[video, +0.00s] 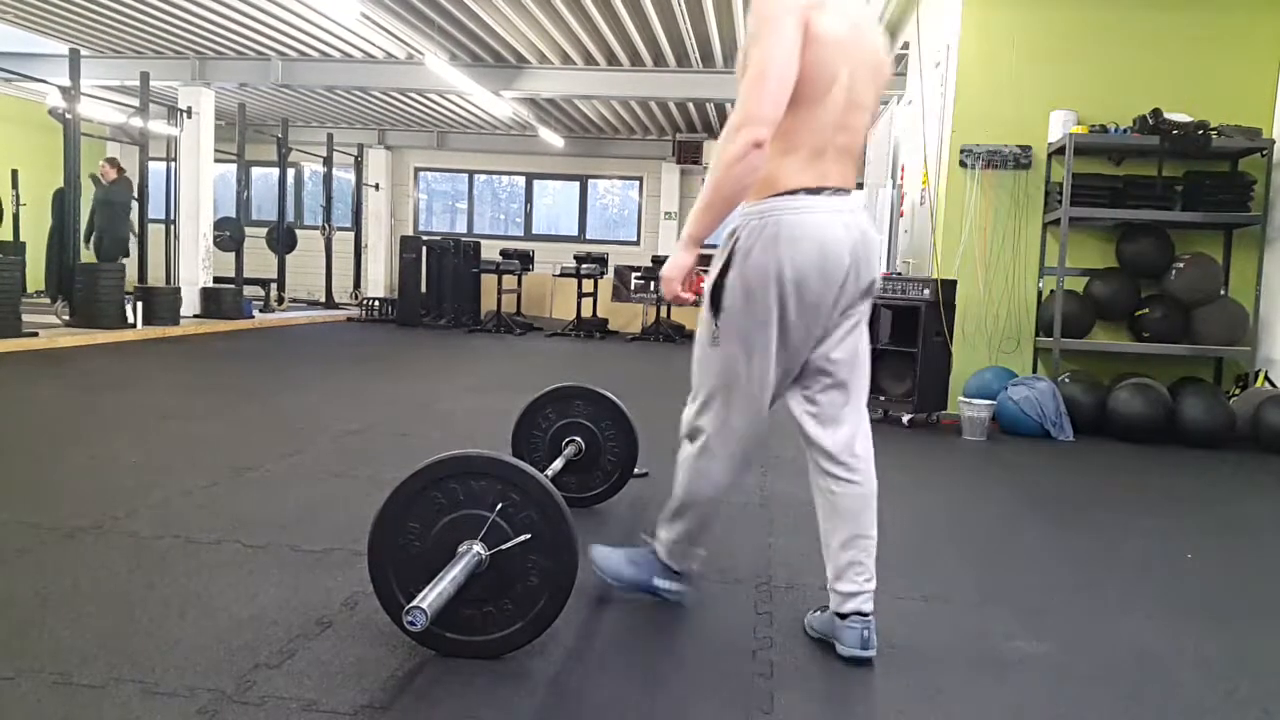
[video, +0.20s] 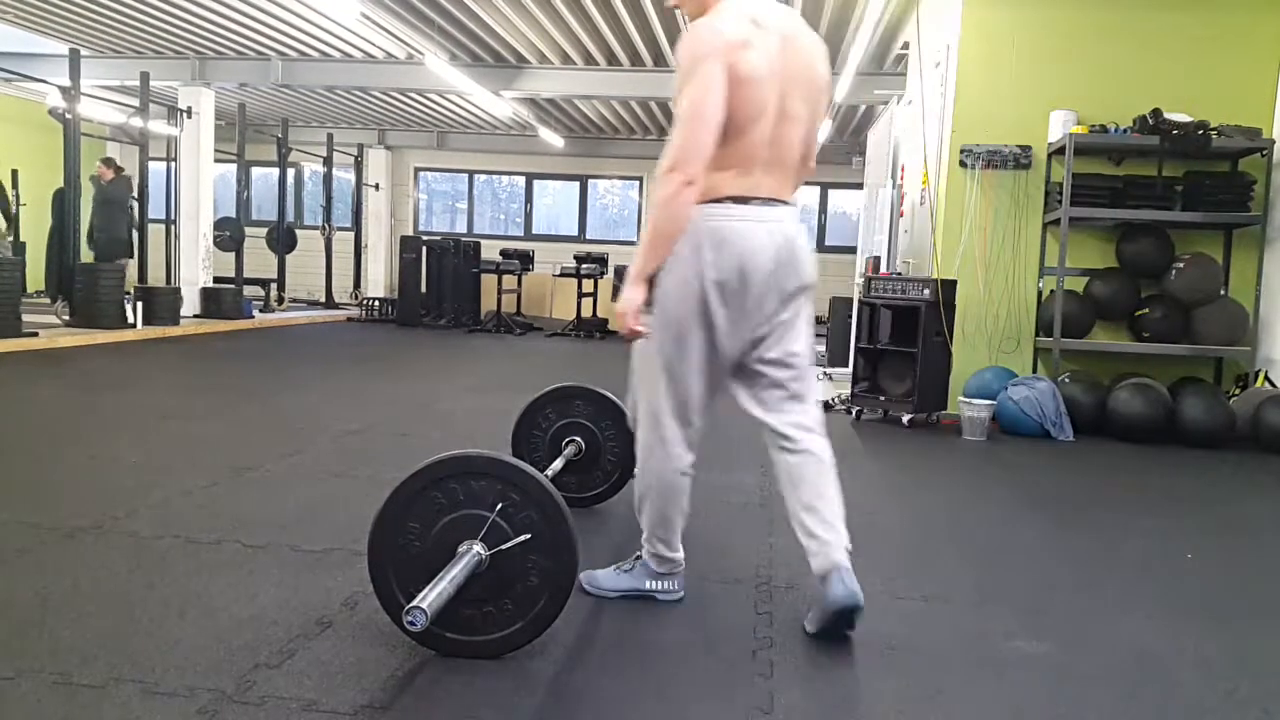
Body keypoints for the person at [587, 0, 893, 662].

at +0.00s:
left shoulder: (782, 9)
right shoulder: (872, 38)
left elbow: (752, 135)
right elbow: (839, 145)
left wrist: (690, 243)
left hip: (780, 226)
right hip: (851, 221)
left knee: (720, 412)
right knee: (840, 431)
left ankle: (669, 560)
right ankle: (854, 614)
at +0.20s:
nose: (669, 7)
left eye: (671, 3)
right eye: (668, 5)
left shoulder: (708, 35)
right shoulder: (811, 46)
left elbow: (684, 174)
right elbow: (805, 158)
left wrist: (637, 277)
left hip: (709, 232)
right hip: (785, 233)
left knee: (665, 411)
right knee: (795, 416)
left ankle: (659, 565)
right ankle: (835, 572)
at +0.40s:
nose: (614, 12)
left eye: (614, 6)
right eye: (613, 8)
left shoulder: (651, 34)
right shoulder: (754, 41)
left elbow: (621, 166)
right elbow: (768, 156)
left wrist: (572, 248)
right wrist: (730, 233)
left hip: (663, 227)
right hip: (732, 227)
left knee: (646, 402)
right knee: (710, 390)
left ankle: (658, 564)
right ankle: (752, 530)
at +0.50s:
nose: (591, 11)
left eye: (590, 5)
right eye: (589, 7)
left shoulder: (632, 35)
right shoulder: (728, 42)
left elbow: (594, 164)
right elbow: (745, 155)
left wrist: (540, 230)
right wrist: (732, 238)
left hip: (652, 229)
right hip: (710, 225)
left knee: (641, 396)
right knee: (689, 379)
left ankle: (658, 563)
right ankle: (689, 525)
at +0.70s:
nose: (551, 23)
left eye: (551, 10)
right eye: (547, 14)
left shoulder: (613, 43)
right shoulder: (680, 51)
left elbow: (574, 166)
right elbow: (699, 158)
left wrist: (509, 234)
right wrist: (681, 236)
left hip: (633, 230)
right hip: (674, 227)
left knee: (631, 400)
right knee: (619, 393)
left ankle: (658, 561)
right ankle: (584, 525)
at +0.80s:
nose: (545, 43)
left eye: (542, 27)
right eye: (539, 32)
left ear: (573, 6)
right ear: (582, 9)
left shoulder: (606, 51)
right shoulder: (655, 58)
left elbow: (575, 168)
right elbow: (666, 164)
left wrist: (514, 253)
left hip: (619, 235)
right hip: (650, 231)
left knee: (616, 403)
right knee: (588, 395)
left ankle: (656, 561)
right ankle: (575, 530)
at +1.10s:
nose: (484, 71)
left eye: (482, 55)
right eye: (476, 62)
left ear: (509, 27)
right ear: (511, 29)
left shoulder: (560, 61)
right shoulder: (572, 64)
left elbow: (577, 165)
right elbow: (588, 172)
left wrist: (553, 261)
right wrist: (560, 261)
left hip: (611, 230)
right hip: (634, 228)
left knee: (565, 387)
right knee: (592, 390)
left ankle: (577, 544)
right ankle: (574, 531)